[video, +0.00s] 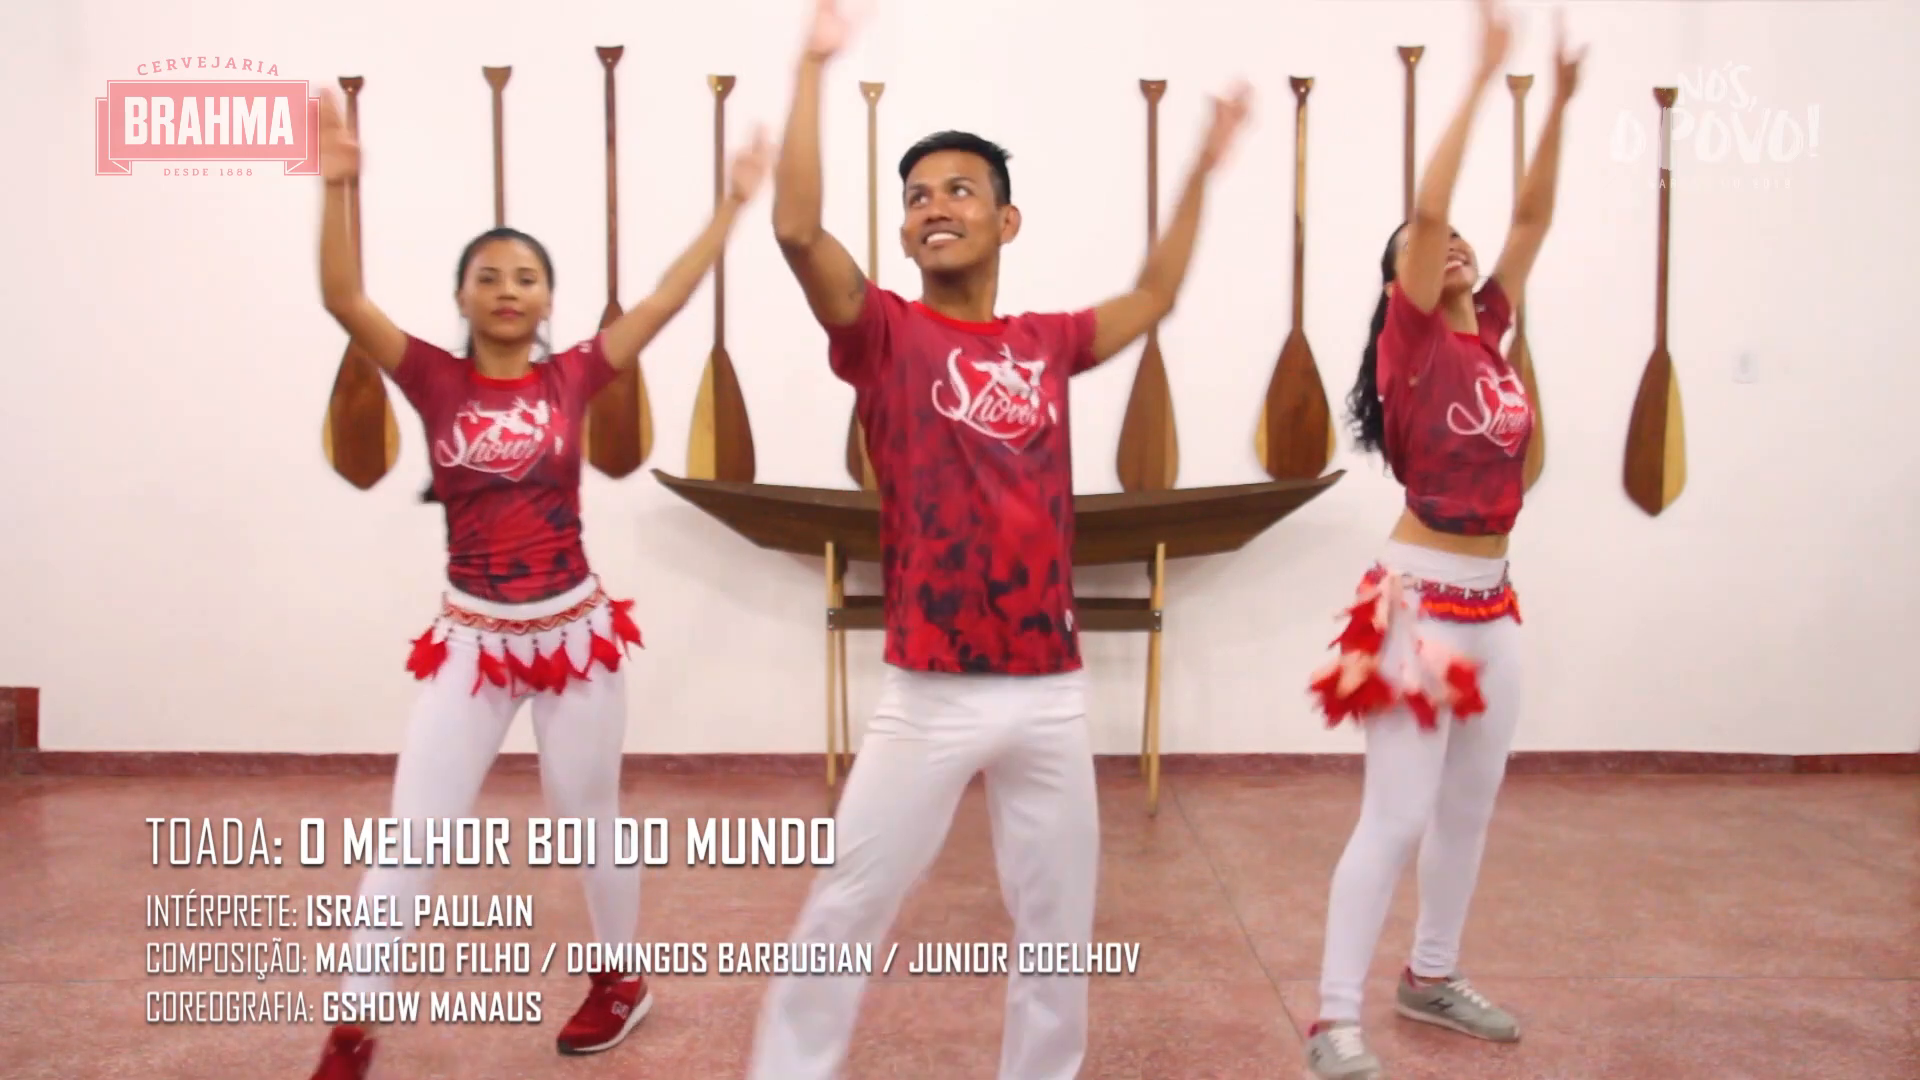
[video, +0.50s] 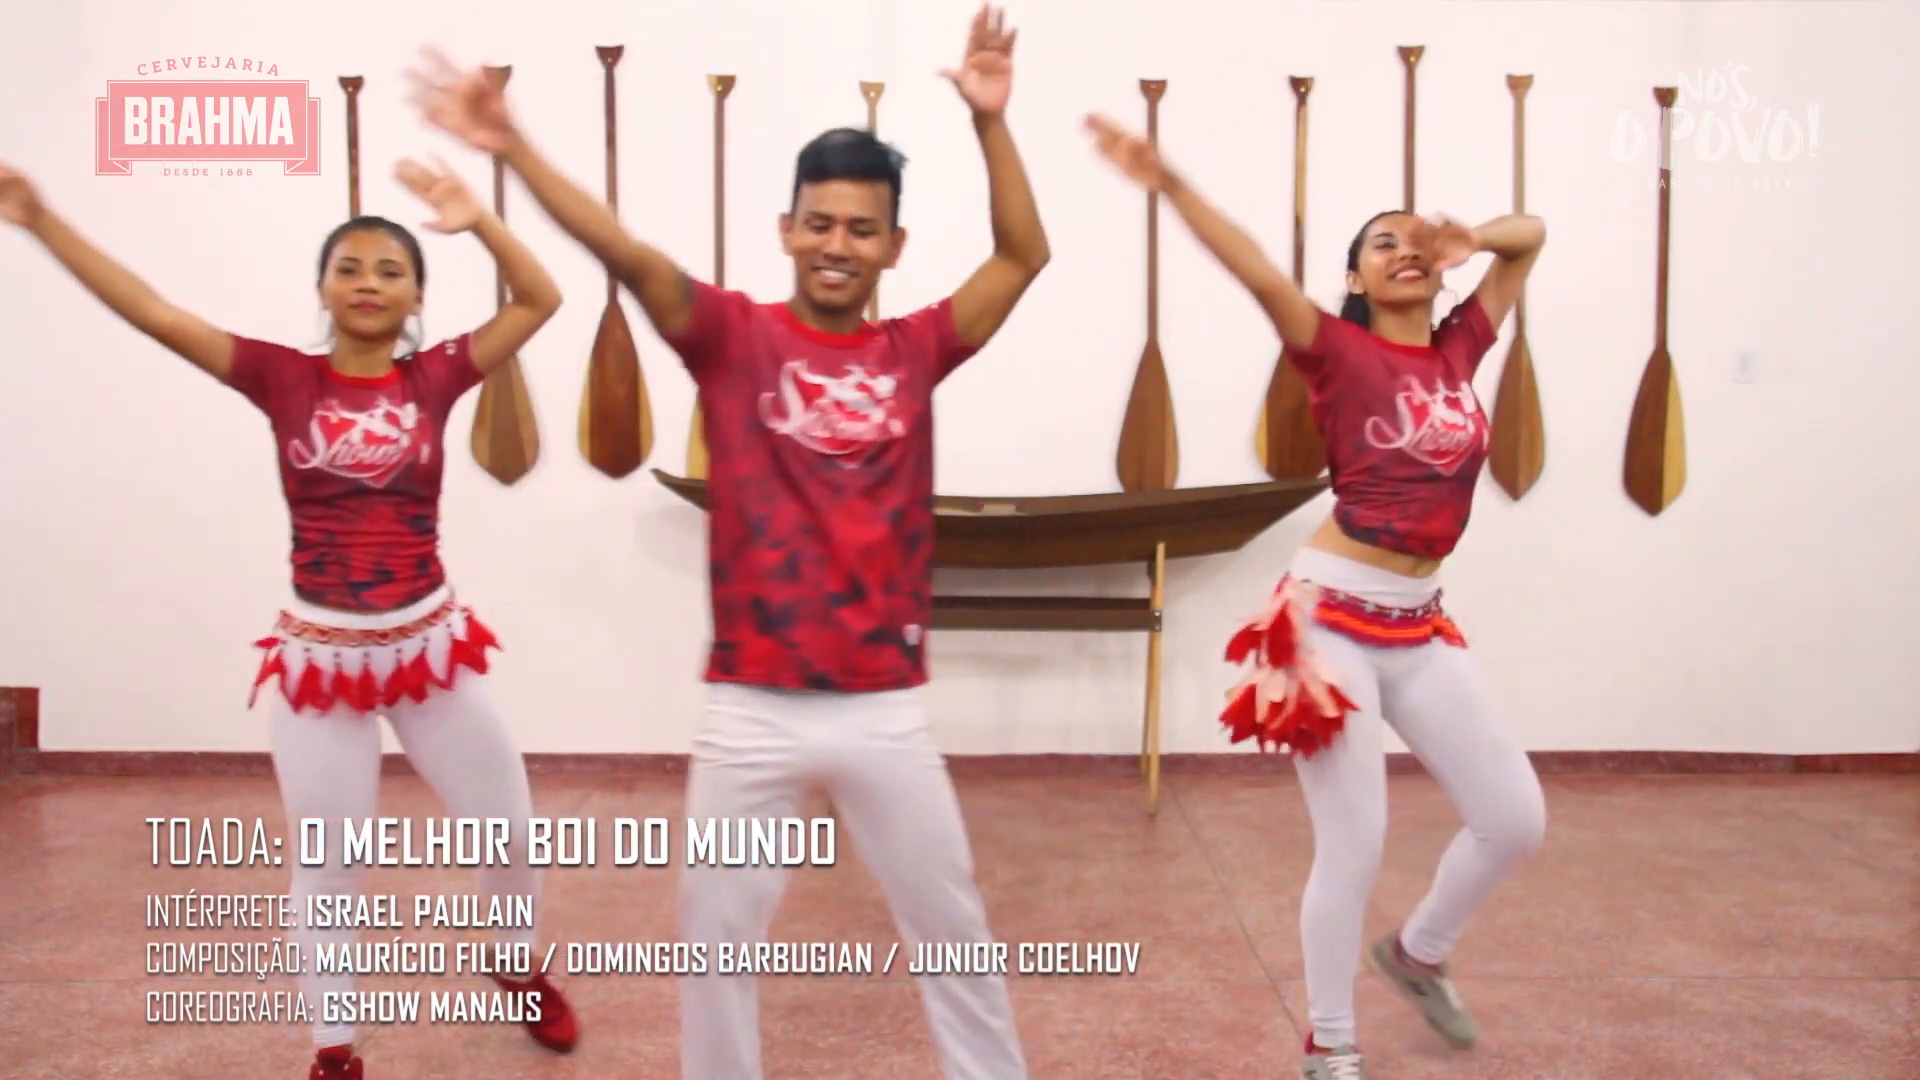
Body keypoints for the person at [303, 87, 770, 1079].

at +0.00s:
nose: (506, 290)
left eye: (524, 278)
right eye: (490, 276)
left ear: (548, 299)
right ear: (462, 297)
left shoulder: (575, 375)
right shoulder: (435, 380)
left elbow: (665, 299)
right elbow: (343, 297)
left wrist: (733, 203)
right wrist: (340, 183)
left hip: (575, 639)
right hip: (472, 641)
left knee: (592, 826)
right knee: (413, 834)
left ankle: (619, 978)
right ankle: (354, 1021)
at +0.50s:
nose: (369, 282)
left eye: (389, 271)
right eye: (350, 268)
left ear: (416, 296)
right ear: (321, 292)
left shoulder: (437, 376)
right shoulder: (284, 377)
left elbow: (540, 298)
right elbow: (152, 311)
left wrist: (480, 218)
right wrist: (42, 220)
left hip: (431, 650)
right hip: (322, 659)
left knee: (513, 837)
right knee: (326, 866)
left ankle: (516, 967)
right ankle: (337, 1051)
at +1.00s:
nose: (313, 298)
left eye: (335, 283)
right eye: (302, 281)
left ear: (375, 302)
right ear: (285, 297)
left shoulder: (403, 387)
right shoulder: (253, 391)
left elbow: (489, 317)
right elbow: (101, 377)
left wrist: (368, 282)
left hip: (389, 673)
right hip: (276, 677)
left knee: (375, 869)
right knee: (301, 881)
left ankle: (403, 1019)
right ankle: (333, 1056)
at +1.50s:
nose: (330, 271)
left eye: (353, 258)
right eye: (318, 254)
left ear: (398, 281)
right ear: (298, 269)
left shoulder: (400, 380)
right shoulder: (295, 359)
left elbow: (381, 272)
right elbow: (195, 276)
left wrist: (302, 130)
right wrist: (136, 151)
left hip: (384, 667)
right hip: (294, 670)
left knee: (373, 891)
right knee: (311, 884)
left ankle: (459, 1077)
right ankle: (342, 1058)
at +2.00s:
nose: (373, 290)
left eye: (394, 273)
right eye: (365, 272)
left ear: (452, 288)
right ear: (353, 281)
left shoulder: (455, 393)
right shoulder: (370, 361)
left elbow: (436, 313)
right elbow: (312, 284)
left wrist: (388, 183)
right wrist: (292, 213)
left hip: (458, 692)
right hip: (390, 690)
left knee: (447, 940)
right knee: (281, 846)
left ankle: (483, 1079)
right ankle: (434, 989)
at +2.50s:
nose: (363, 276)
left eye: (383, 259)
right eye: (361, 257)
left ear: (446, 285)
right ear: (426, 292)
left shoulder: (436, 382)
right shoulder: (434, 375)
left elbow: (341, 283)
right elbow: (352, 254)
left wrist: (238, 156)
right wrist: (254, 159)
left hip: (450, 687)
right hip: (445, 676)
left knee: (444, 933)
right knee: (443, 902)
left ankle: (488, 1072)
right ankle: (493, 1017)